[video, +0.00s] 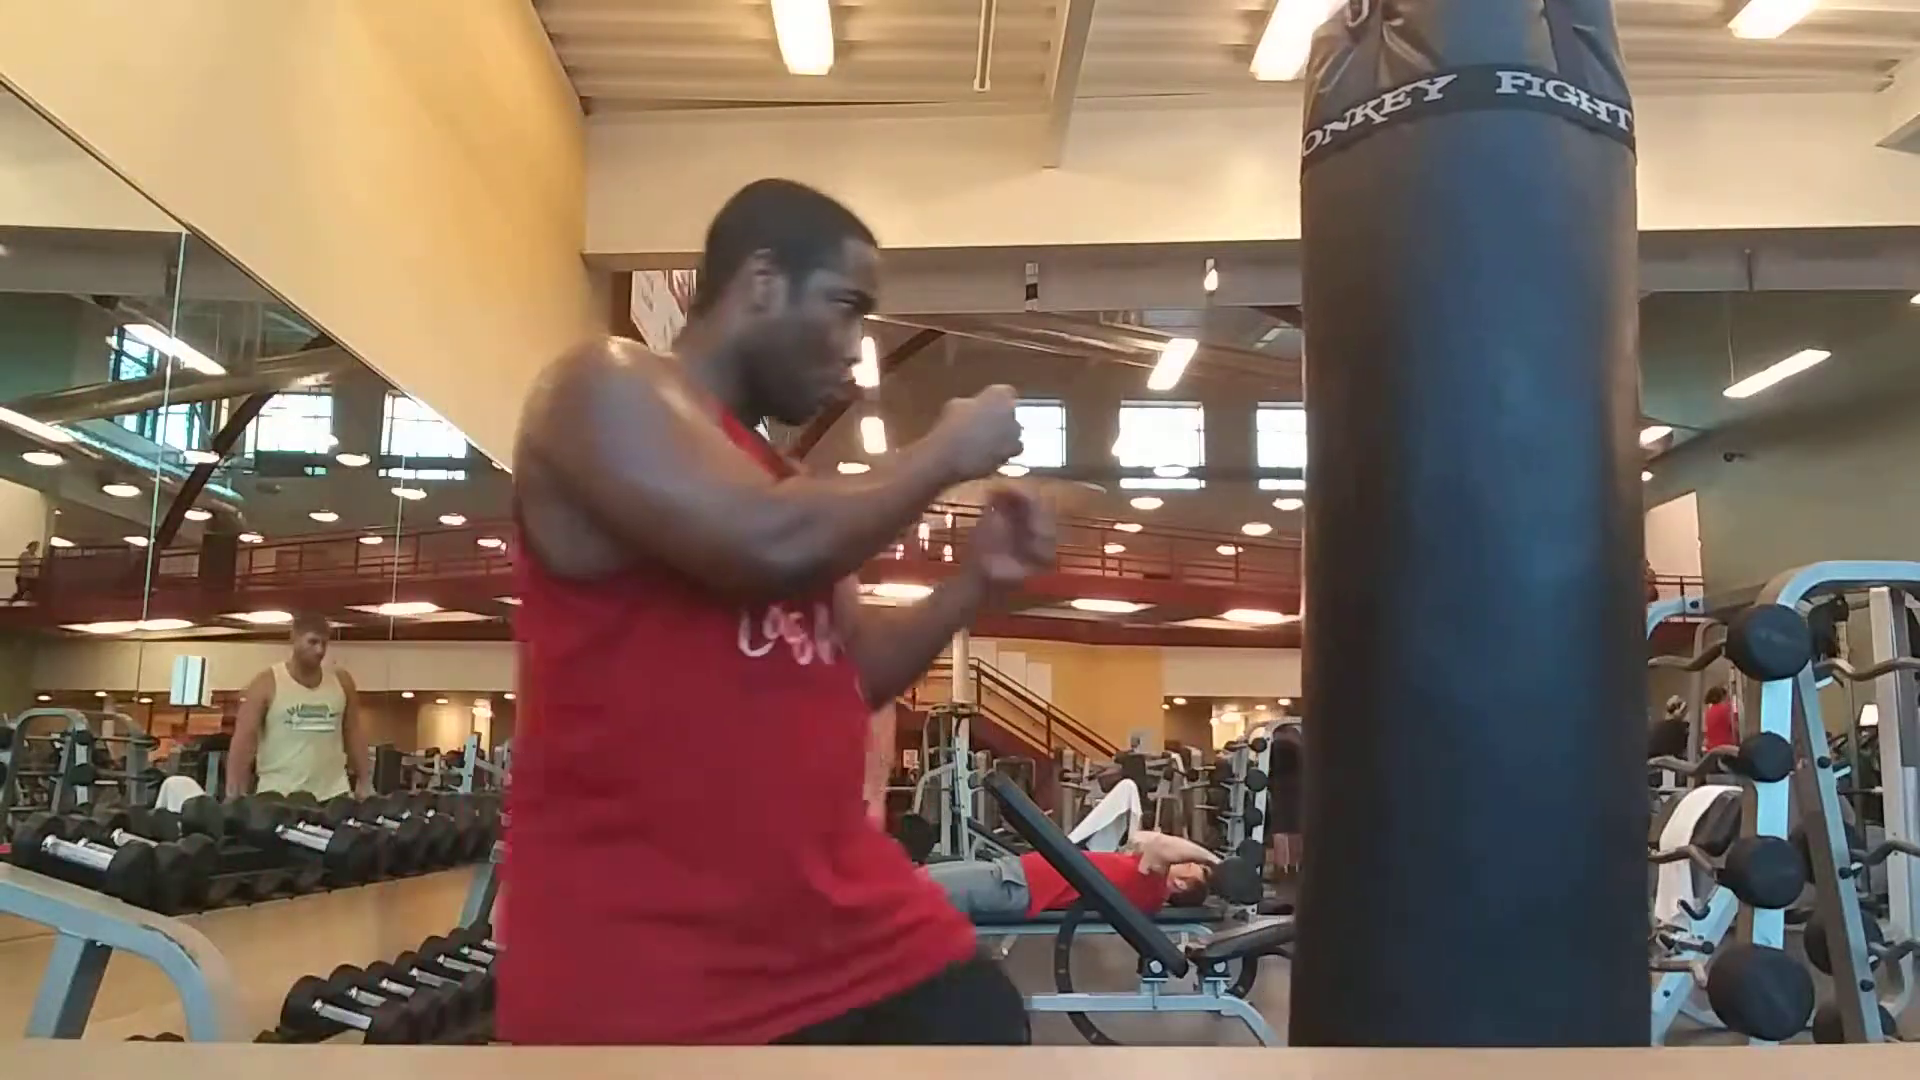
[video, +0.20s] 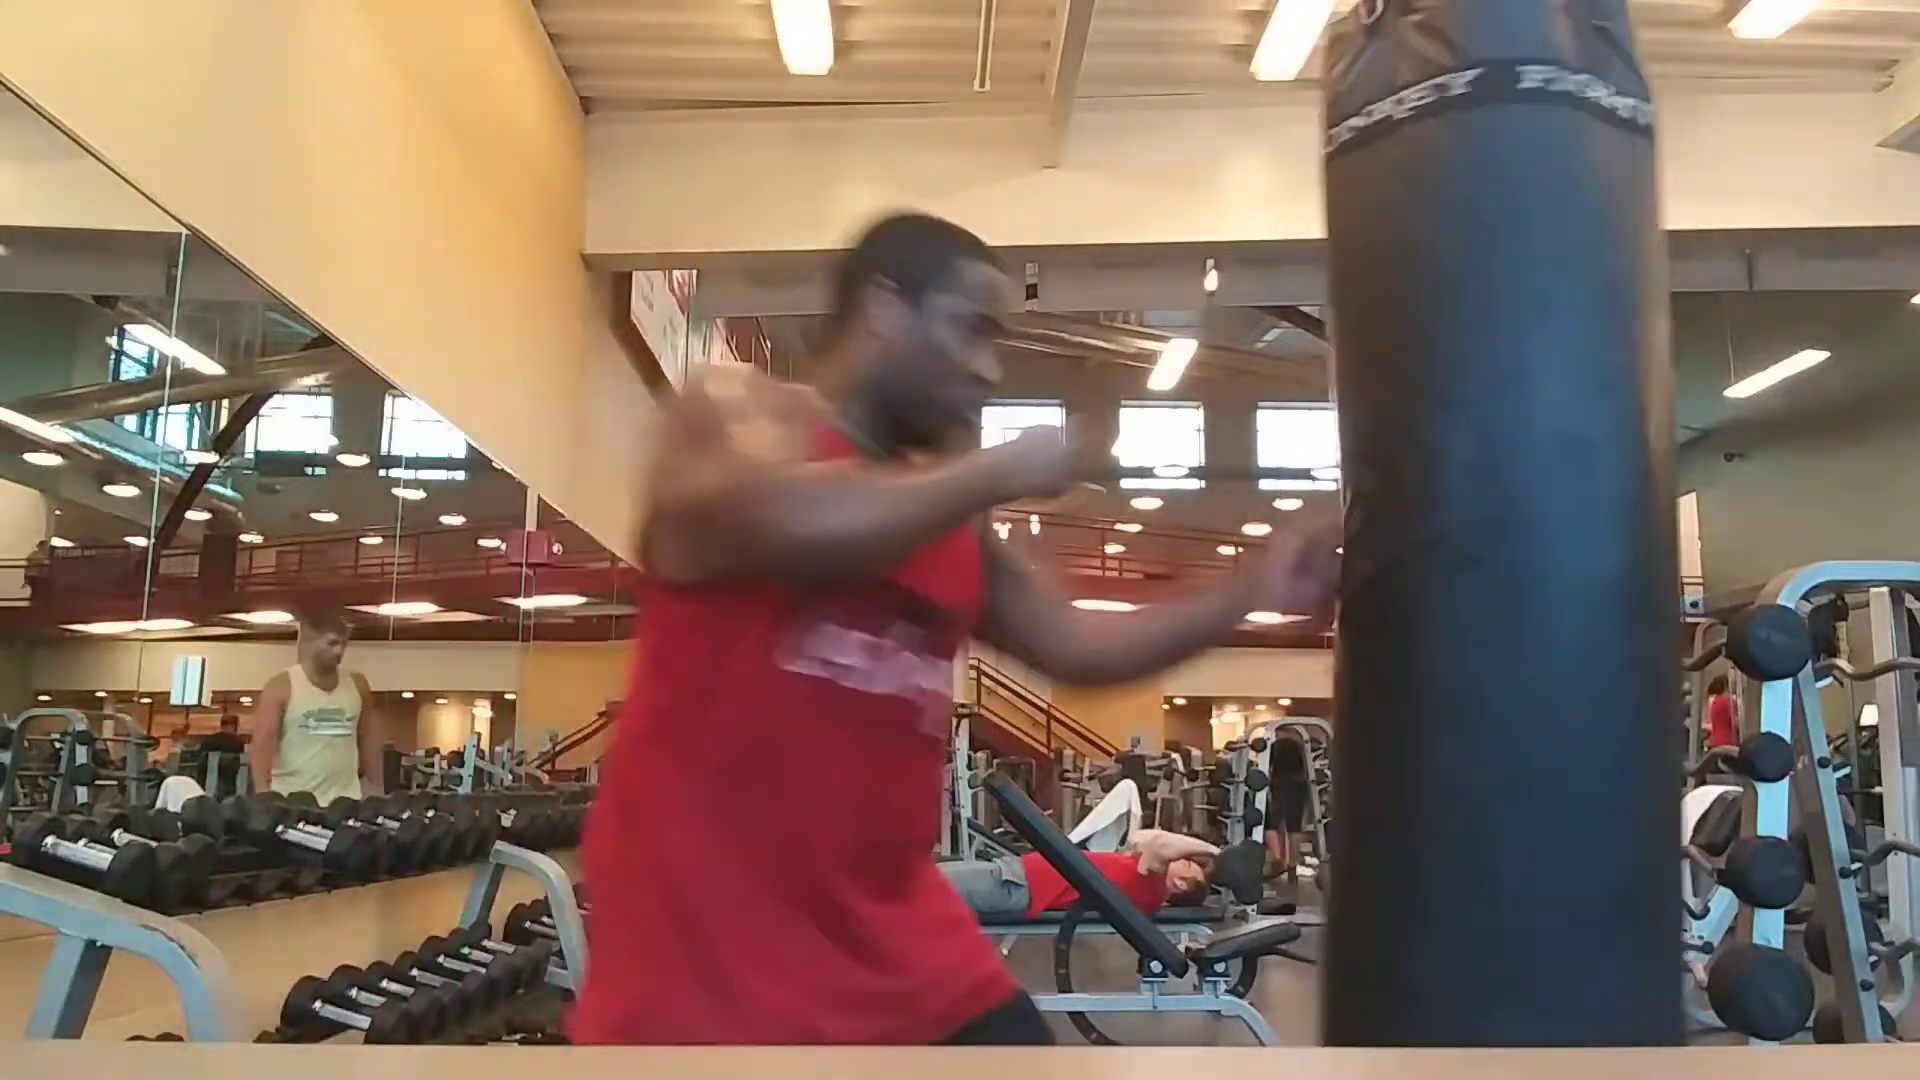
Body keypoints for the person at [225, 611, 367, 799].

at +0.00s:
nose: (320, 650)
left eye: (324, 643)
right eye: (313, 642)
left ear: (328, 643)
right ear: (294, 638)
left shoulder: (341, 682)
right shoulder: (266, 683)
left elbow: (354, 734)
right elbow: (243, 742)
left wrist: (364, 783)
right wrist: (235, 797)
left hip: (333, 795)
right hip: (280, 796)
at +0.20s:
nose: (339, 652)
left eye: (343, 645)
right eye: (332, 643)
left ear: (346, 645)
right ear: (311, 641)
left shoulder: (357, 684)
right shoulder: (280, 686)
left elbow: (368, 741)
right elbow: (262, 745)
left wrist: (375, 789)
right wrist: (264, 797)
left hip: (346, 801)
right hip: (293, 802)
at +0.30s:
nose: (351, 651)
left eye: (355, 644)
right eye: (345, 643)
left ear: (359, 645)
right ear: (325, 638)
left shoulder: (367, 685)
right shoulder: (292, 685)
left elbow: (379, 741)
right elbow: (273, 744)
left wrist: (383, 791)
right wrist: (281, 798)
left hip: (357, 802)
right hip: (305, 803)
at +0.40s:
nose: (367, 646)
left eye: (370, 640)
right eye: (360, 638)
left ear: (374, 642)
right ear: (339, 636)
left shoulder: (379, 684)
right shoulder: (305, 680)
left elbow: (389, 744)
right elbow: (284, 739)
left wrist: (393, 794)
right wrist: (296, 794)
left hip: (369, 799)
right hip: (318, 800)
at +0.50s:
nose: (378, 644)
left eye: (380, 638)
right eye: (371, 635)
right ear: (350, 633)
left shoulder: (388, 683)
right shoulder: (314, 676)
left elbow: (400, 742)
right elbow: (293, 736)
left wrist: (404, 788)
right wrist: (310, 775)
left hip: (377, 796)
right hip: (325, 797)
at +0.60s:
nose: (386, 642)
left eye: (388, 636)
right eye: (380, 634)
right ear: (358, 633)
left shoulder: (396, 681)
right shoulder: (323, 675)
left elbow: (406, 734)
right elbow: (298, 731)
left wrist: (414, 777)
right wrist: (320, 769)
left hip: (382, 795)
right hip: (332, 796)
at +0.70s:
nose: (398, 644)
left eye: (401, 636)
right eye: (392, 635)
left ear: (404, 637)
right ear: (370, 632)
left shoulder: (402, 681)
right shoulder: (334, 673)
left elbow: (410, 735)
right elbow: (310, 732)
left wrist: (422, 767)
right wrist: (348, 768)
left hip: (387, 798)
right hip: (339, 799)